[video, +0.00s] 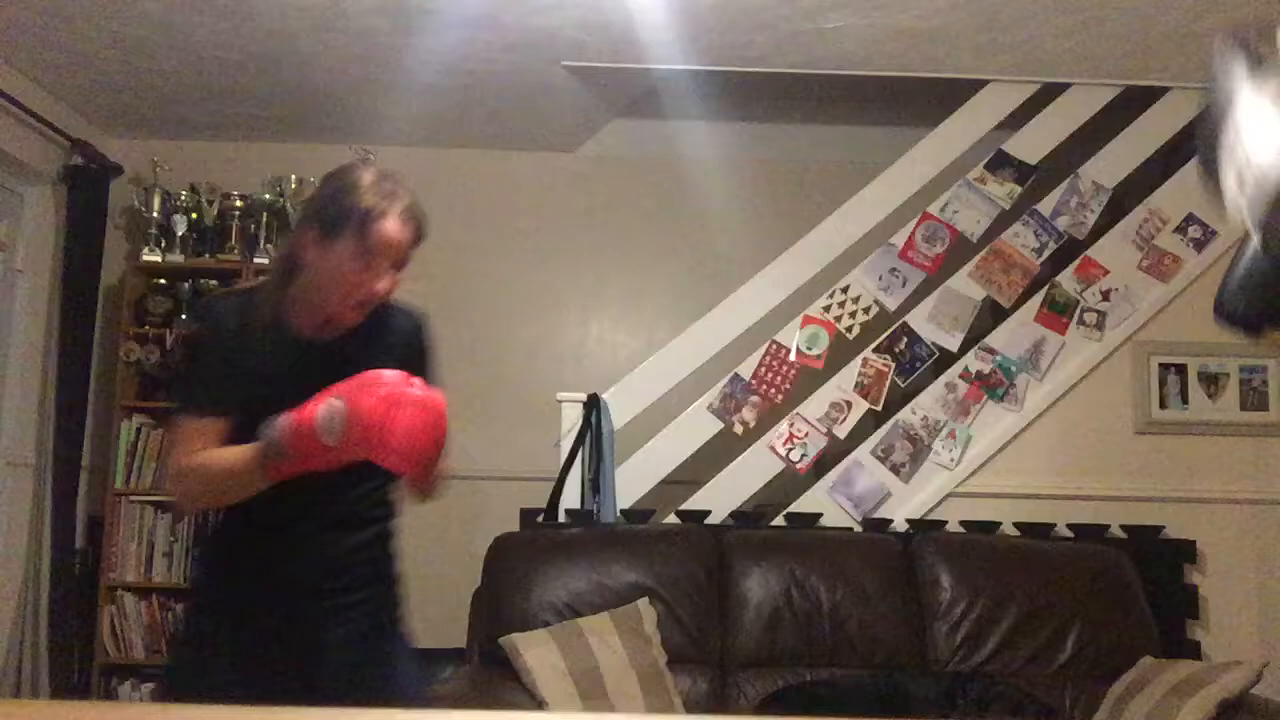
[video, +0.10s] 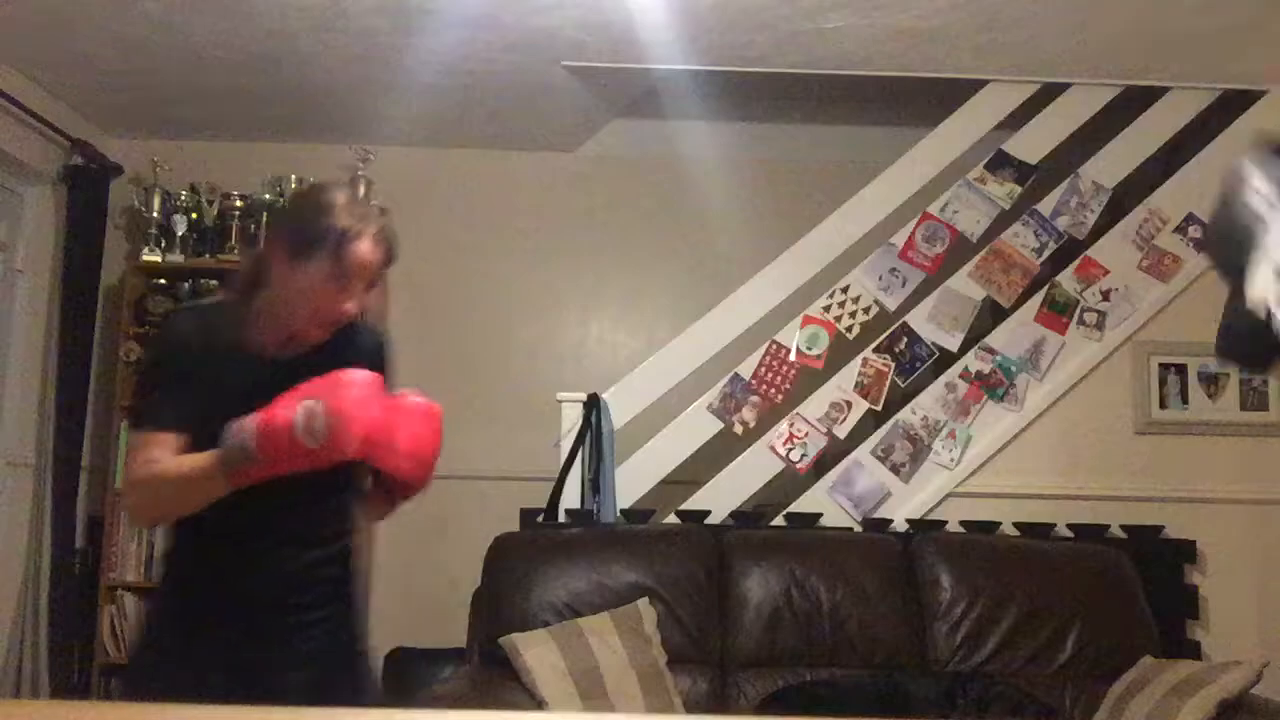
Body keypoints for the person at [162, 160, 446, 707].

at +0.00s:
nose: (381, 286)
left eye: (396, 268)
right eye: (366, 261)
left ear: (404, 267)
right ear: (309, 242)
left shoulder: (399, 335)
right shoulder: (232, 327)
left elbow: (426, 485)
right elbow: (185, 481)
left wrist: (417, 442)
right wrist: (300, 437)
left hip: (358, 629)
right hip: (239, 630)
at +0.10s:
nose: (352, 307)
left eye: (367, 288)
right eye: (339, 282)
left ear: (376, 286)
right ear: (279, 255)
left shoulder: (359, 349)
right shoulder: (194, 336)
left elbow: (356, 506)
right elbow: (142, 495)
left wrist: (395, 481)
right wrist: (257, 446)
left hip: (316, 646)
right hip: (198, 646)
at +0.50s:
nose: (288, 296)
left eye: (302, 280)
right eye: (279, 274)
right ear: (225, 250)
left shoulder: (282, 346)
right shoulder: (118, 321)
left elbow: (305, 473)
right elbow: (98, 464)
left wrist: (357, 428)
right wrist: (218, 359)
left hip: (239, 633)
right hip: (121, 632)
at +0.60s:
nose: (313, 287)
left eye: (326, 272)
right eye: (305, 264)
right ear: (249, 233)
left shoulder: (299, 334)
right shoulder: (137, 300)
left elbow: (303, 458)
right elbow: (113, 447)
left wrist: (361, 426)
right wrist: (232, 356)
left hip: (254, 615)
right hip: (134, 614)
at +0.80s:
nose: (372, 296)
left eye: (387, 285)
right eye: (365, 276)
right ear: (315, 252)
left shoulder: (371, 340)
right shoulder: (213, 322)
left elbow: (453, 459)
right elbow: (185, 449)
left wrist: (512, 400)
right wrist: (295, 351)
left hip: (318, 633)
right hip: (195, 629)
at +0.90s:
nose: (369, 312)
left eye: (385, 299)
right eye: (362, 291)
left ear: (387, 297)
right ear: (319, 264)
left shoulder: (379, 349)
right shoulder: (219, 328)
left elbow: (478, 449)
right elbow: (203, 454)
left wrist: (539, 370)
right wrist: (308, 358)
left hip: (315, 633)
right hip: (194, 627)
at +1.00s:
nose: (350, 281)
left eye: (365, 270)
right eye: (345, 262)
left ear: (370, 267)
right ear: (298, 233)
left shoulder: (360, 320)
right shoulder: (200, 297)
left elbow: (443, 435)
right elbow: (184, 427)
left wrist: (512, 361)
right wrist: (295, 332)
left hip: (290, 604)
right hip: (169, 593)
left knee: (334, 718)